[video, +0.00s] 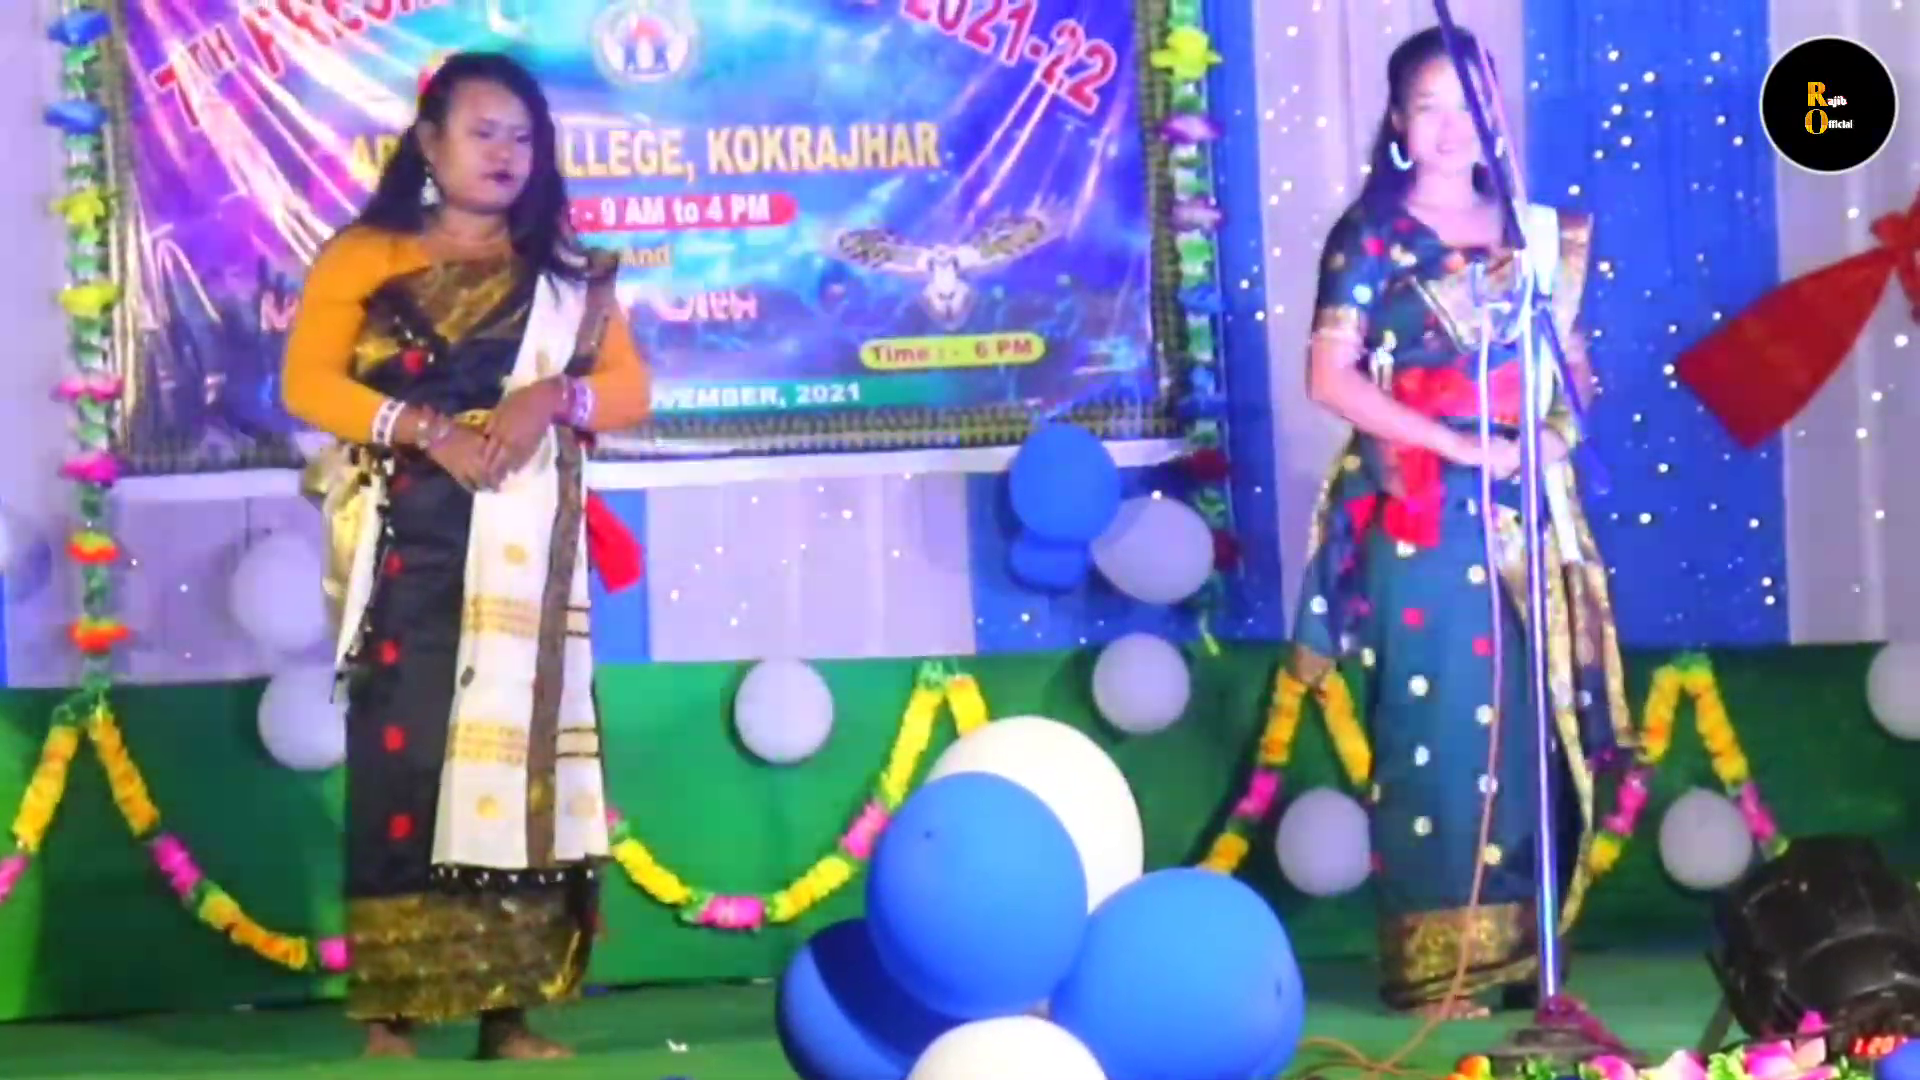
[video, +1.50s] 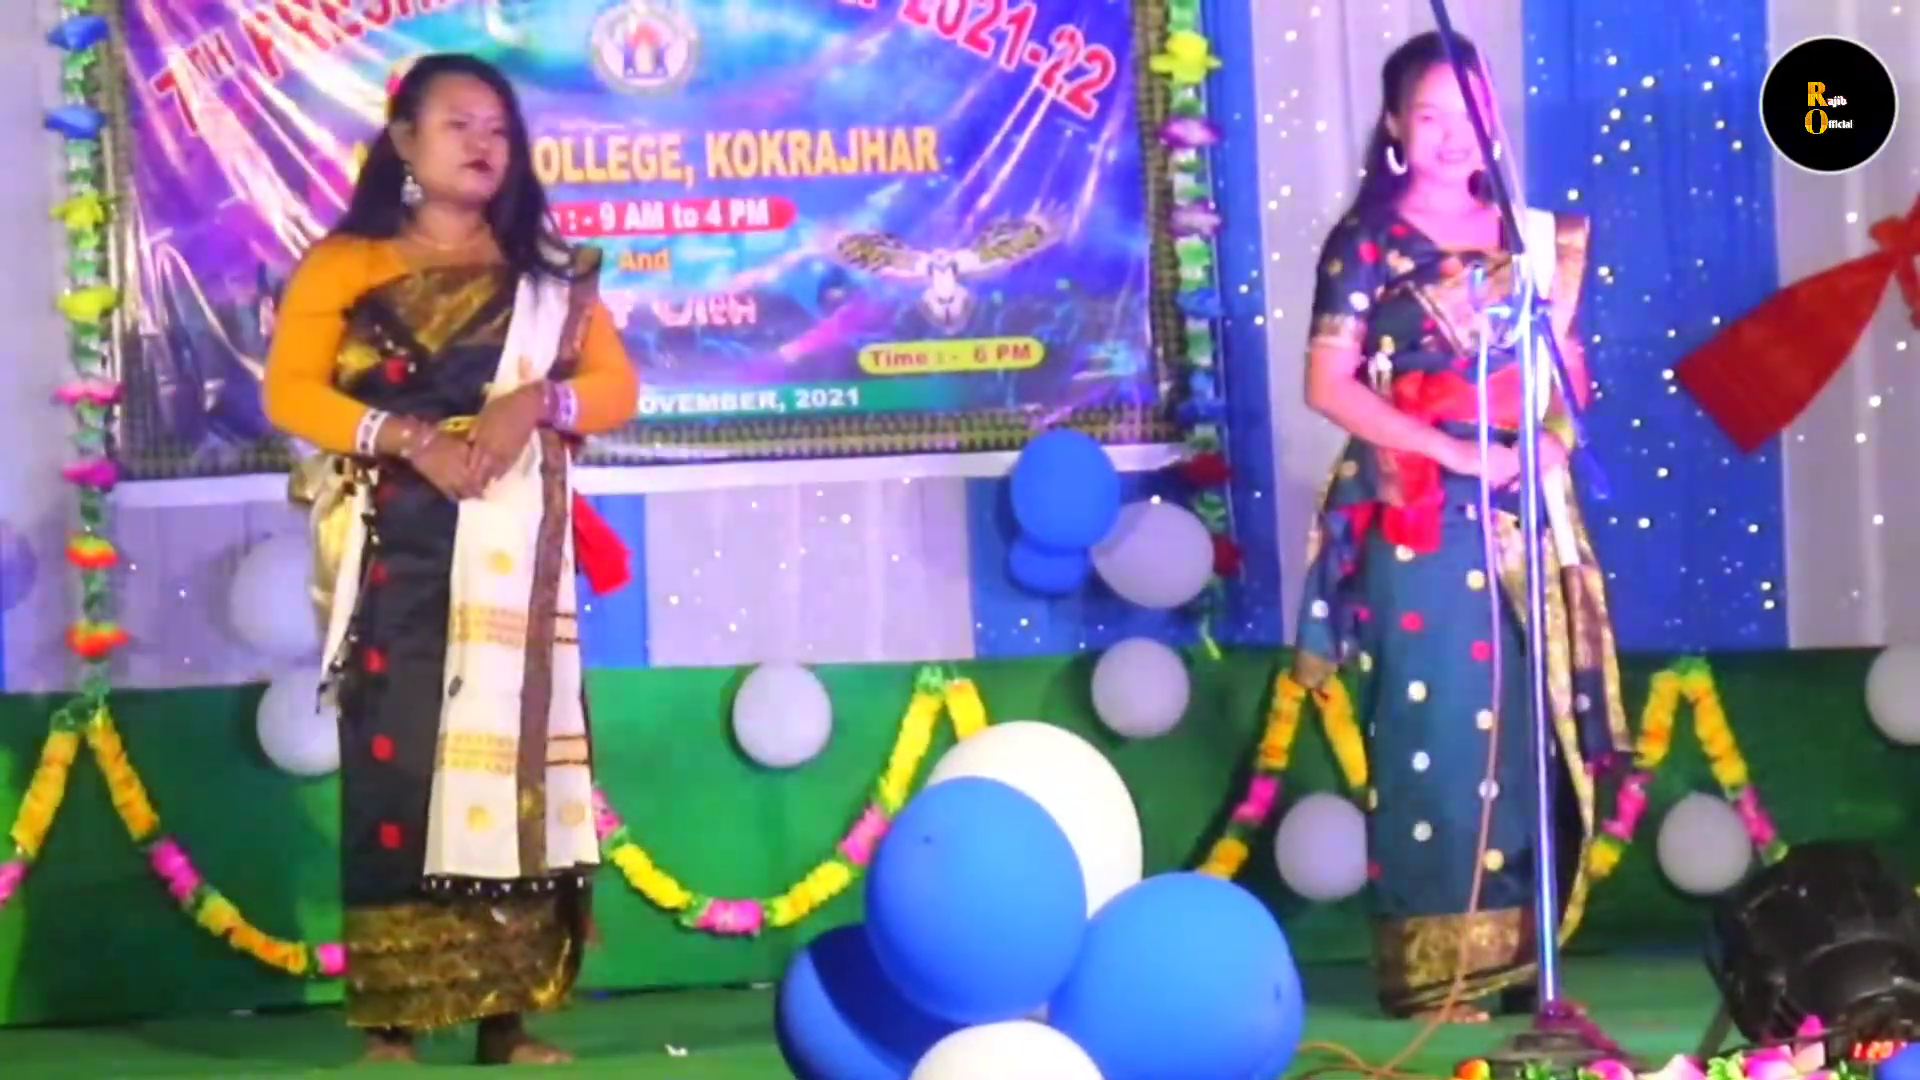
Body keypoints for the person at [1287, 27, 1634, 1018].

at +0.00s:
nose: (1444, 127)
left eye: (1460, 109)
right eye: (1425, 110)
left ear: (1488, 117)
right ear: (1399, 120)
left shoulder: (1530, 229)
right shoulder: (1371, 235)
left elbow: (1566, 382)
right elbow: (1329, 377)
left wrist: (1568, 301)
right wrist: (1458, 443)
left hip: (1531, 510)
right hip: (1427, 515)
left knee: (1538, 723)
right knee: (1441, 726)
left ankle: (1529, 957)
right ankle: (1440, 963)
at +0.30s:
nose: (1456, 122)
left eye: (1471, 103)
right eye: (1434, 105)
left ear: (1495, 112)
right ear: (1403, 119)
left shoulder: (1528, 227)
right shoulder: (1378, 232)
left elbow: (1566, 380)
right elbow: (1337, 374)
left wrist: (1564, 307)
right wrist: (1471, 443)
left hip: (1529, 509)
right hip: (1427, 516)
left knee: (1540, 728)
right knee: (1445, 730)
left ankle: (1531, 962)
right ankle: (1435, 965)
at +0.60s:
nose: (1456, 123)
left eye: (1470, 105)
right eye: (1435, 108)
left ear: (1494, 115)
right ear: (1405, 122)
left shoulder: (1528, 228)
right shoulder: (1377, 233)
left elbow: (1553, 359)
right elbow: (1336, 377)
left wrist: (1554, 435)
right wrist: (1460, 450)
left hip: (1523, 507)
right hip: (1427, 514)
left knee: (1534, 722)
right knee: (1442, 723)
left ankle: (1523, 955)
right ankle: (1434, 960)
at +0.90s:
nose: (1451, 129)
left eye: (1467, 112)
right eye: (1431, 113)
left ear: (1492, 119)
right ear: (1401, 124)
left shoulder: (1529, 230)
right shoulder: (1371, 235)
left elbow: (1561, 363)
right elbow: (1330, 377)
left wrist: (1551, 424)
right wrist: (1451, 447)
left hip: (1524, 512)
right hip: (1421, 518)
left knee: (1533, 725)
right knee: (1437, 728)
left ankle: (1522, 961)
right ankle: (1429, 966)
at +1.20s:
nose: (1444, 131)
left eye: (1462, 114)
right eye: (1426, 114)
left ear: (1489, 123)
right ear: (1397, 125)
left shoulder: (1527, 232)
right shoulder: (1368, 239)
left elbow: (1562, 370)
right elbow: (1328, 381)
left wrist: (1549, 416)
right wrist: (1451, 447)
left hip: (1526, 513)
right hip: (1421, 519)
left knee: (1535, 728)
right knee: (1438, 730)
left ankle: (1522, 961)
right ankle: (1431, 969)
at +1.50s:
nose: (1452, 134)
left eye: (1467, 116)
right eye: (1432, 116)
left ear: (1490, 124)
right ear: (1398, 126)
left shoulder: (1525, 234)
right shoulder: (1366, 242)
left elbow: (1560, 391)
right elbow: (1328, 385)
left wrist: (1561, 308)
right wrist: (1457, 451)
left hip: (1529, 515)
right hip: (1426, 520)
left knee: (1538, 729)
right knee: (1440, 730)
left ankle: (1530, 967)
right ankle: (1438, 968)